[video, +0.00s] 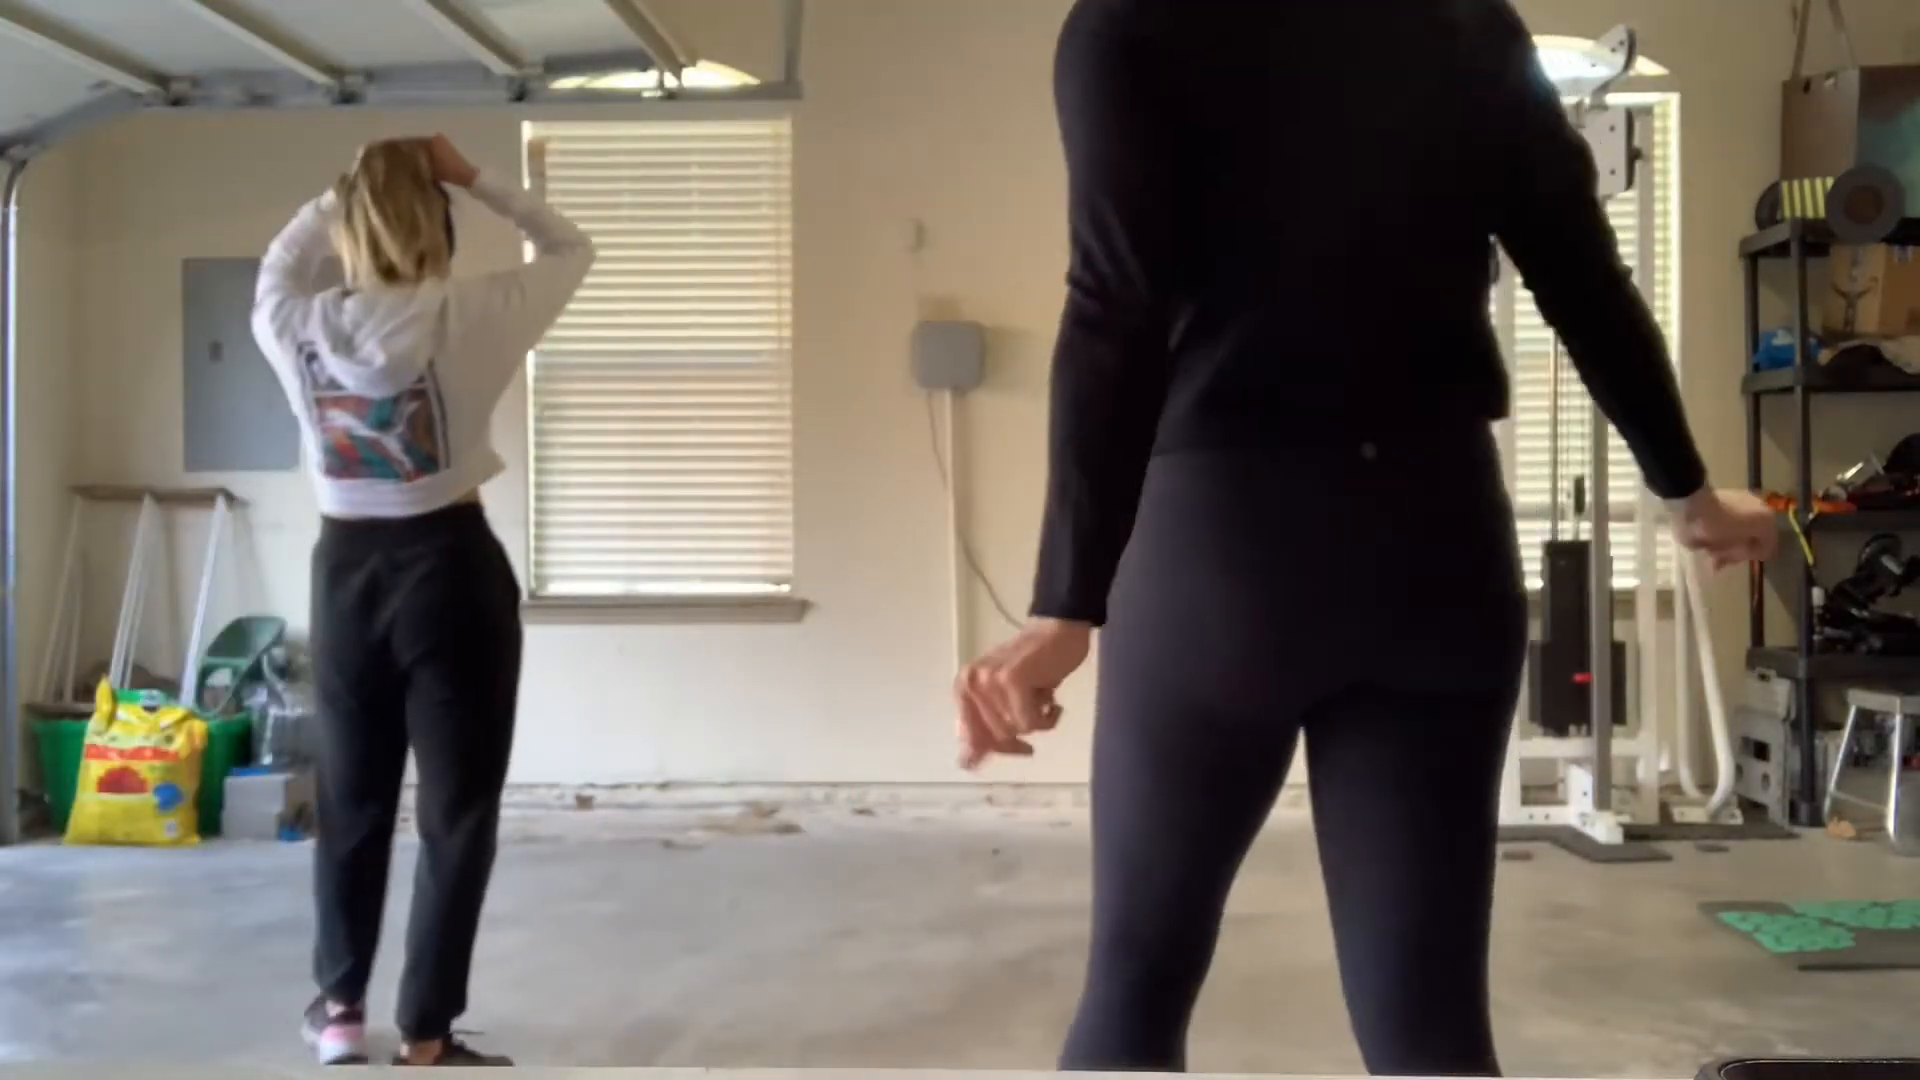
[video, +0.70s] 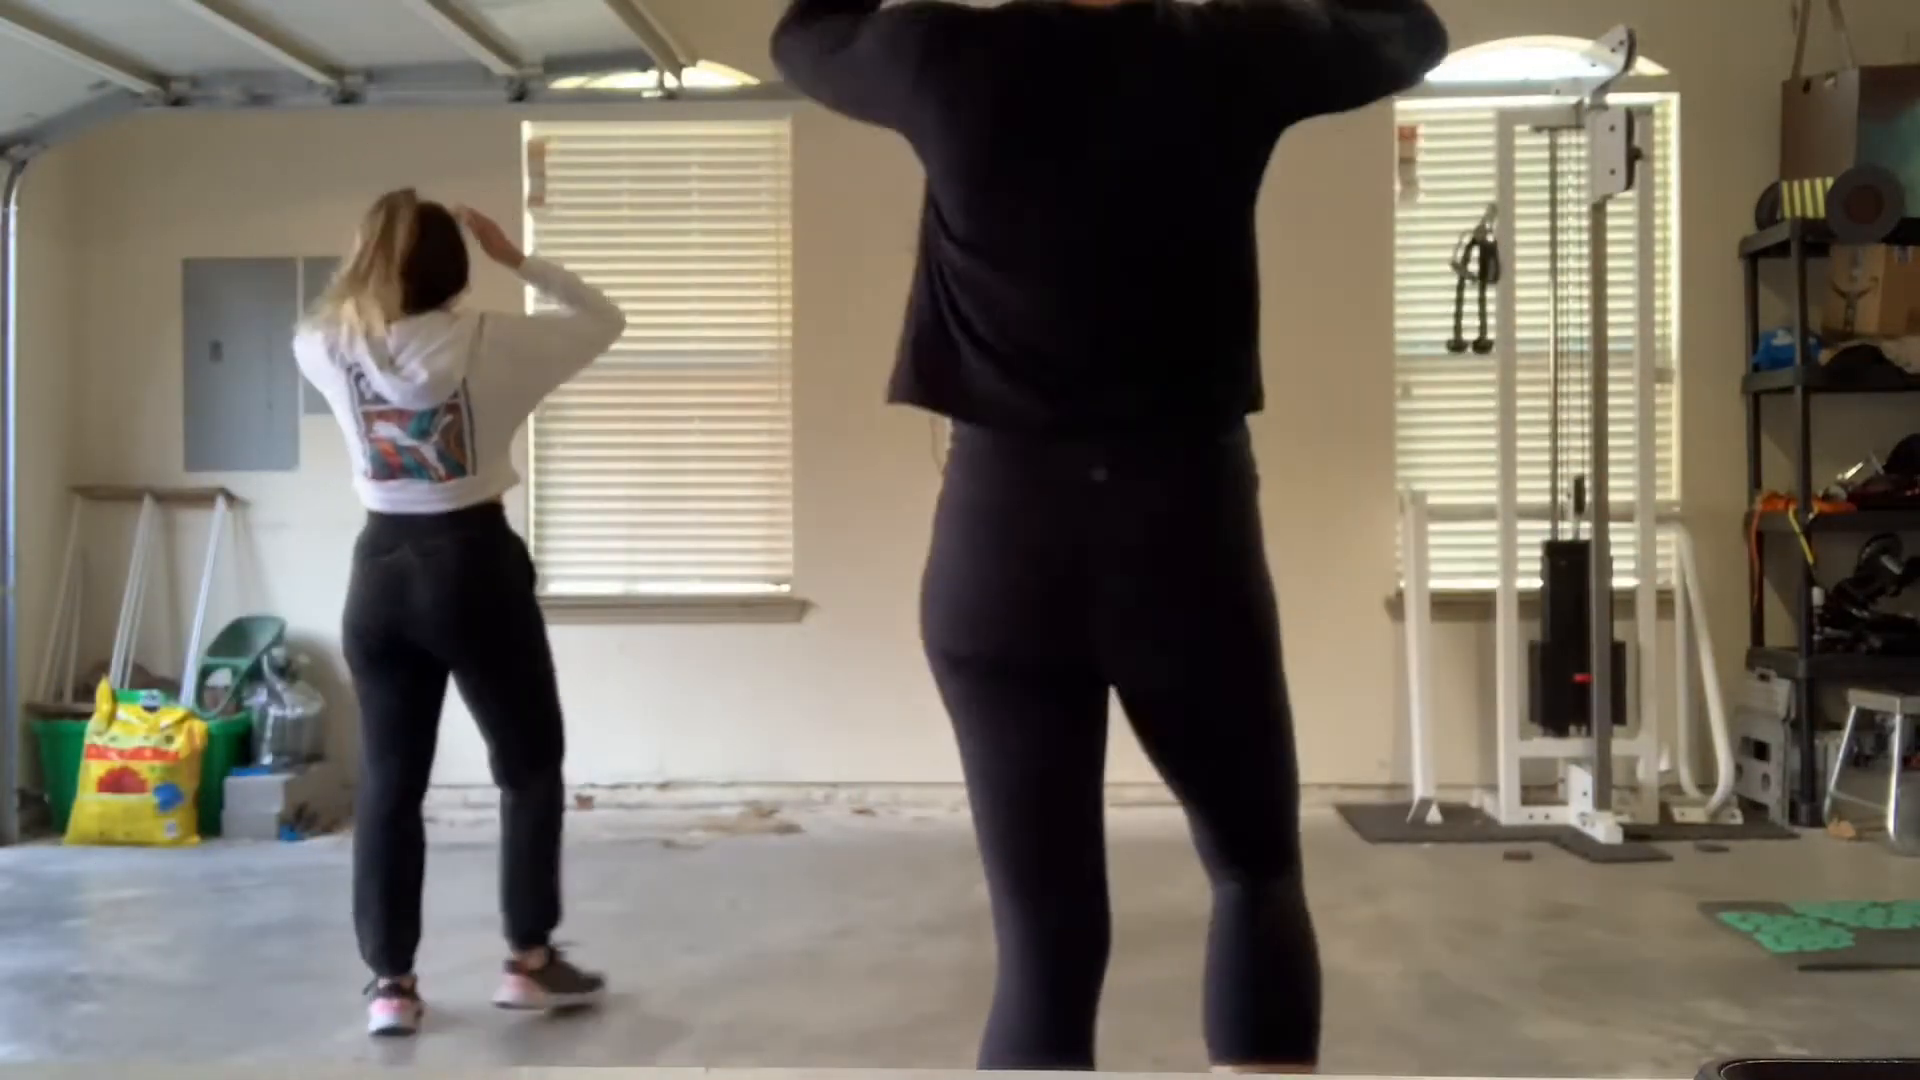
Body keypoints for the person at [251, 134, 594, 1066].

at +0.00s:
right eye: (441, 214)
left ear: (347, 235)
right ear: (444, 227)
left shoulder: (302, 325)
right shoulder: (478, 315)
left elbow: (280, 269)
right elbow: (569, 251)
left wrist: (341, 197)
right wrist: (475, 181)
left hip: (344, 573)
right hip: (452, 572)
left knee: (352, 803)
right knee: (458, 810)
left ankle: (339, 1011)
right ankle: (427, 1034)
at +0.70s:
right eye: (453, 250)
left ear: (368, 269)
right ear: (456, 270)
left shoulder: (336, 353)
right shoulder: (494, 344)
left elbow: (314, 329)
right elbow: (602, 318)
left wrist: (373, 271)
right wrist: (520, 262)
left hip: (381, 581)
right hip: (478, 578)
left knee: (388, 783)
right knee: (529, 768)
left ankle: (391, 985)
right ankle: (529, 957)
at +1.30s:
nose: (513, 285)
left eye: (505, 269)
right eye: (555, 269)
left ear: (496, 281)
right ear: (567, 281)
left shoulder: (463, 366)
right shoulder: (613, 357)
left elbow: (407, 406)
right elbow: (680, 399)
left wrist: (473, 364)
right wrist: (619, 338)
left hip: (506, 564)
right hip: (595, 564)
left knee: (465, 740)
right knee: (595, 753)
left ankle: (462, 913)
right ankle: (581, 926)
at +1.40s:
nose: (504, 289)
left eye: (500, 275)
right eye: (555, 272)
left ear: (495, 283)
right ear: (566, 283)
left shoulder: (460, 374)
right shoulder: (606, 366)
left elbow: (410, 459)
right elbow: (663, 455)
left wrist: (484, 446)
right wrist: (602, 418)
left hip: (506, 571)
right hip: (597, 568)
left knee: (471, 747)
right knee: (595, 756)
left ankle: (441, 915)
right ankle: (581, 927)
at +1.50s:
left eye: (498, 280)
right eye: (555, 278)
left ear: (491, 288)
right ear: (562, 287)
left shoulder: (452, 385)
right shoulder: (601, 373)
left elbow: (432, 510)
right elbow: (641, 501)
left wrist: (493, 531)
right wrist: (612, 478)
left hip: (498, 573)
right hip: (588, 569)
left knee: (464, 743)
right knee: (590, 756)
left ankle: (421, 907)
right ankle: (581, 928)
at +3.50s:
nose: (541, 306)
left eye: (530, 291)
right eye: (541, 295)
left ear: (470, 296)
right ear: (536, 301)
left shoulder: (417, 389)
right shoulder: (564, 387)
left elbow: (402, 512)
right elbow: (600, 506)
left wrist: (439, 562)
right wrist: (633, 593)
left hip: (452, 579)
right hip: (543, 577)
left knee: (431, 748)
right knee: (566, 751)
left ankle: (412, 919)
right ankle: (582, 926)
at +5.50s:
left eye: (459, 318)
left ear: (458, 323)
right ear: (524, 319)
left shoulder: (424, 391)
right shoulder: (562, 384)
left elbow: (374, 495)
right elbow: (634, 474)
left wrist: (331, 582)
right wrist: (696, 553)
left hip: (445, 577)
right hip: (535, 574)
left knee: (430, 752)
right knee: (561, 754)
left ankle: (412, 920)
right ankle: (581, 927)